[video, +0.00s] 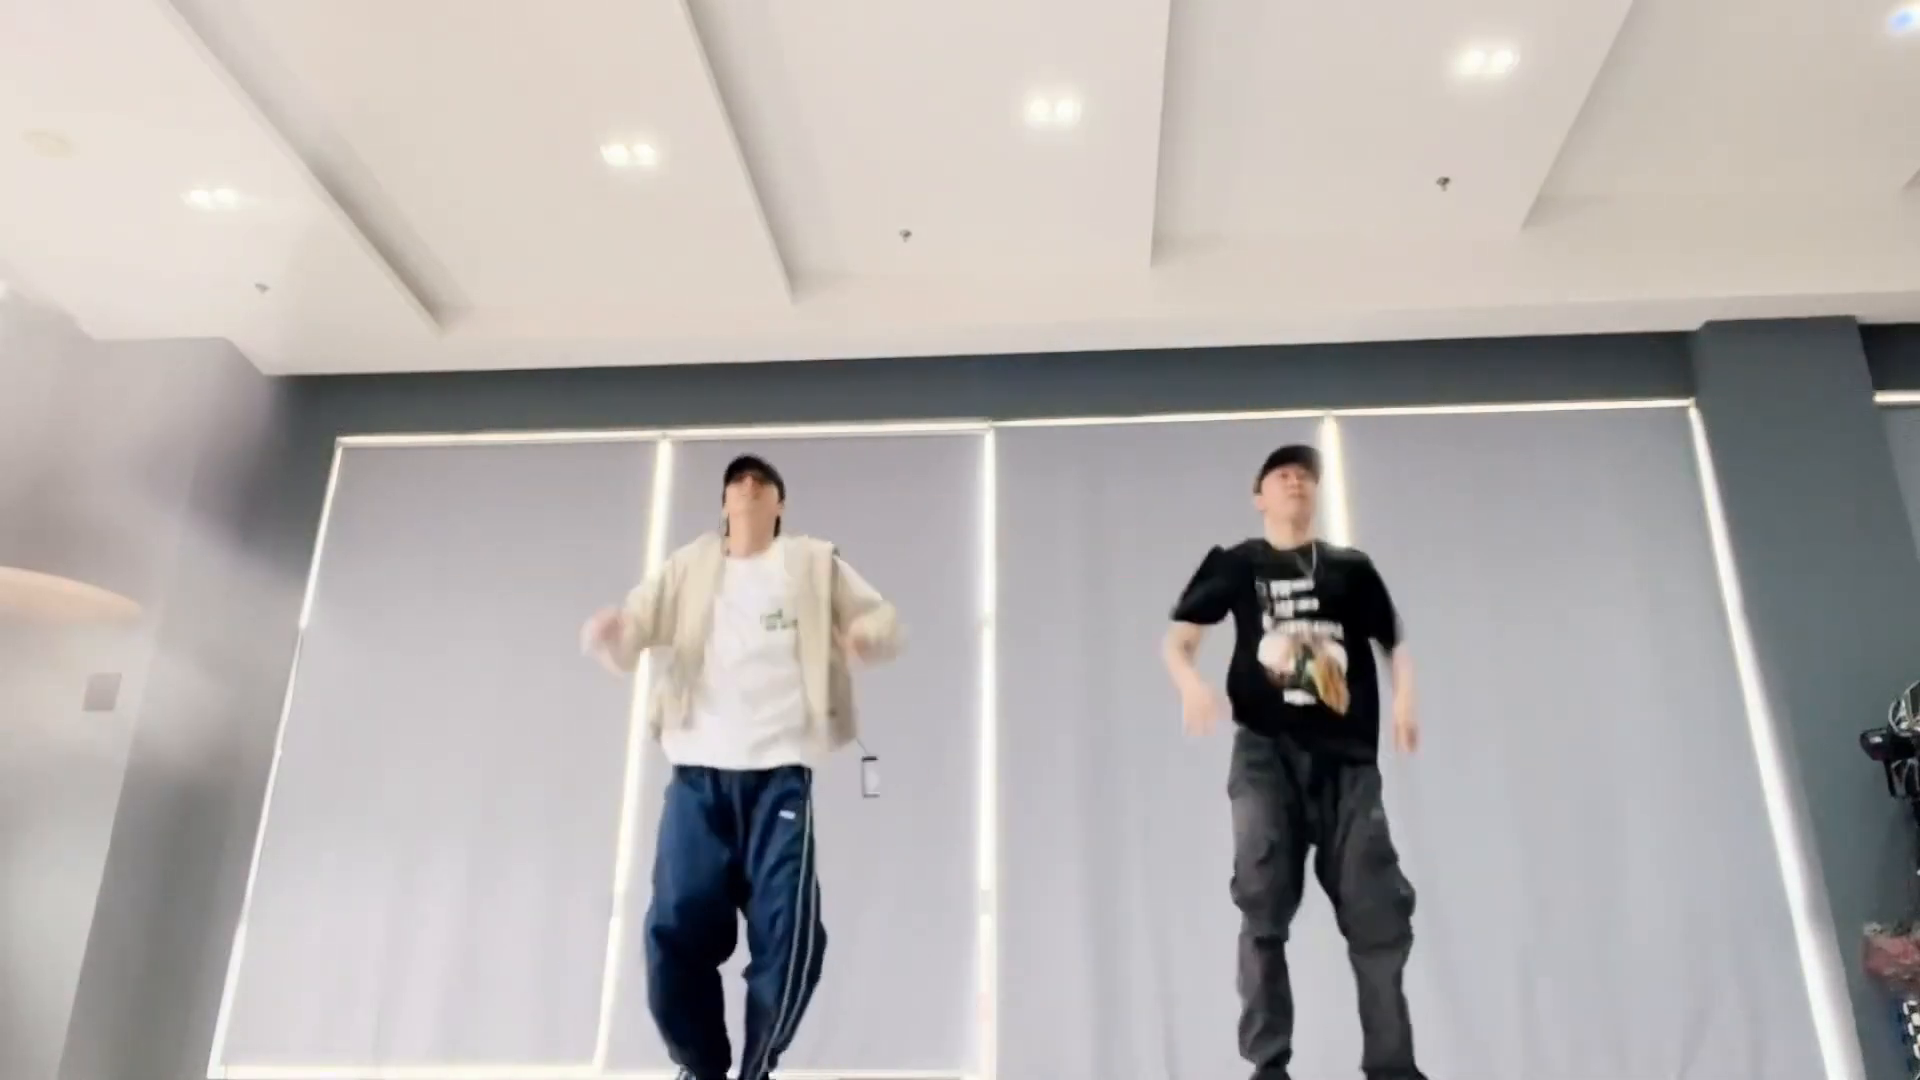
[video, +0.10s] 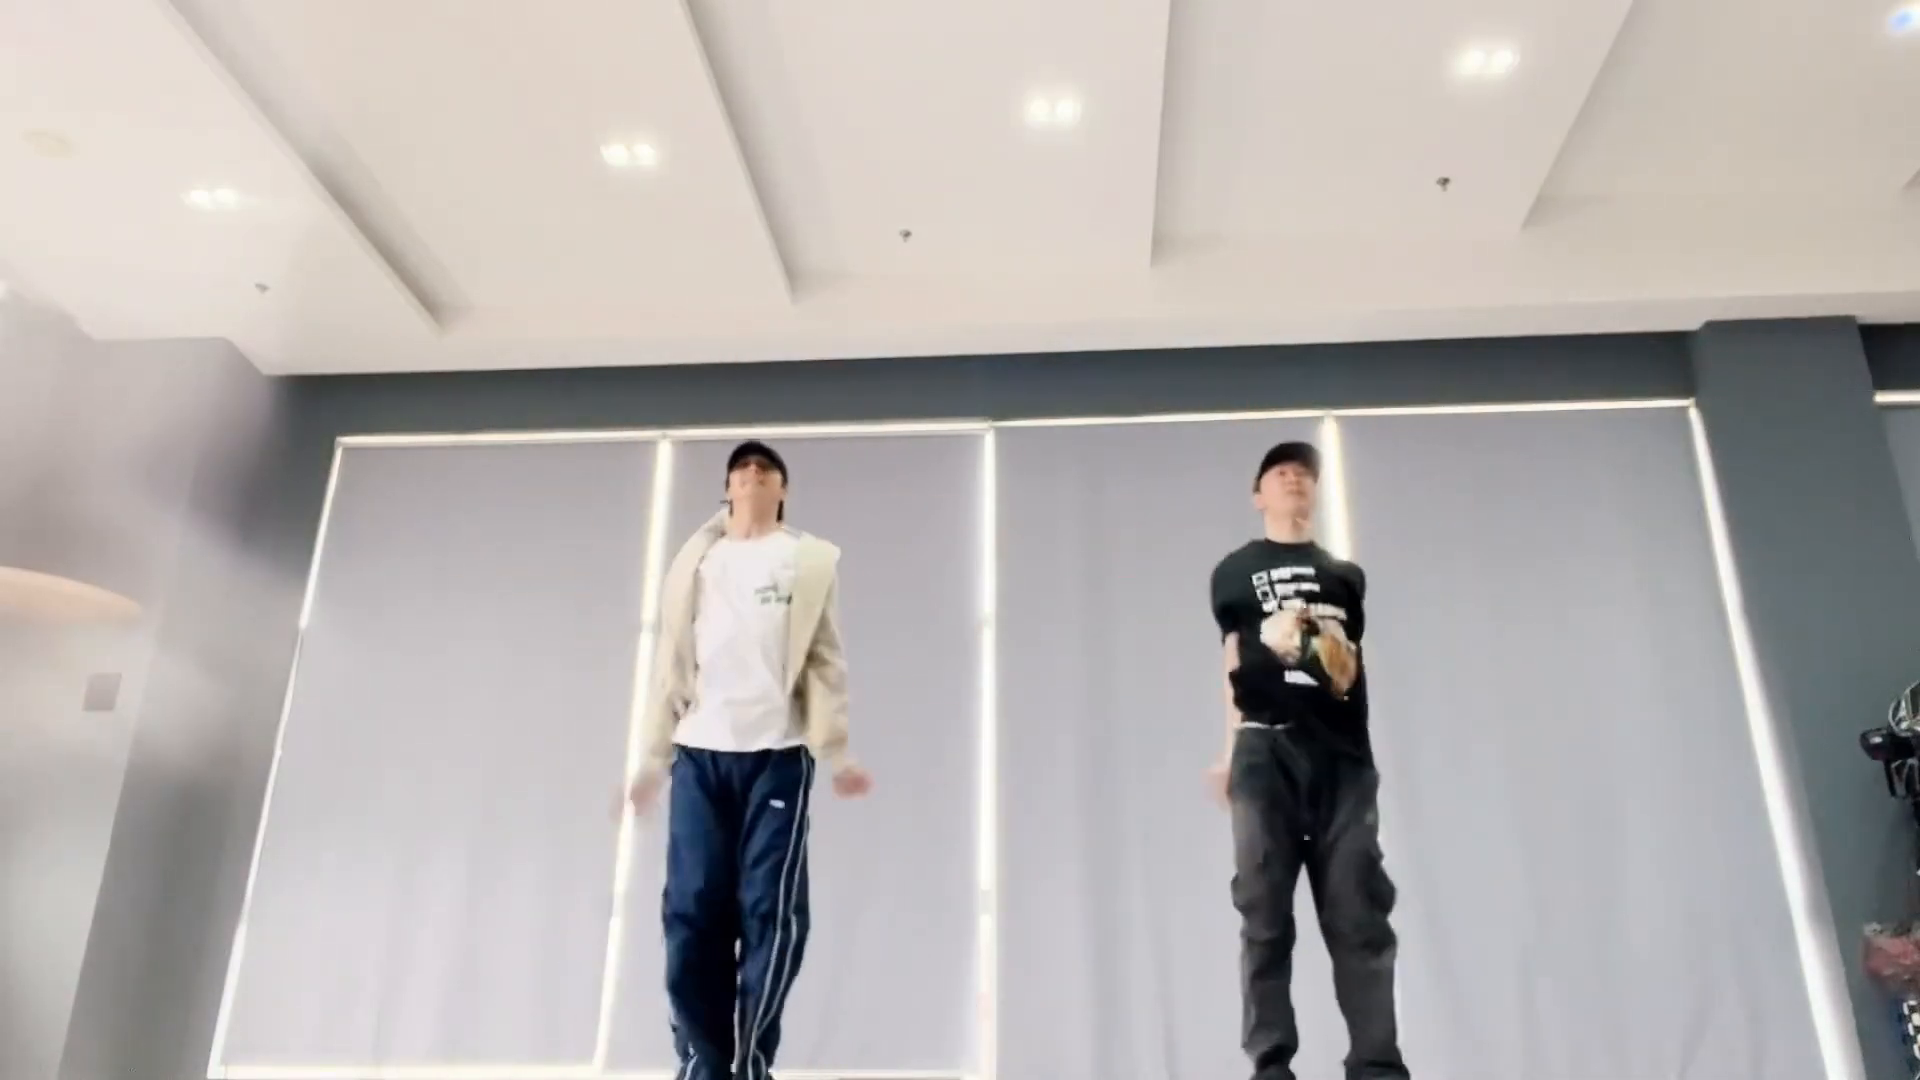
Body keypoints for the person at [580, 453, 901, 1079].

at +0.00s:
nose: (748, 490)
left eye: (761, 483)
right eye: (737, 483)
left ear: (779, 505)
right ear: (722, 504)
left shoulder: (815, 561)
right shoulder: (686, 565)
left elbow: (883, 621)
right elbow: (635, 638)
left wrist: (867, 636)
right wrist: (614, 640)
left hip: (781, 777)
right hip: (697, 777)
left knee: (787, 933)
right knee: (676, 930)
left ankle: (757, 1069)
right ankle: (702, 1067)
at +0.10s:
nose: (754, 477)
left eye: (766, 470)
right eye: (743, 470)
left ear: (783, 491)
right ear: (726, 488)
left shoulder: (810, 558)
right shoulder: (693, 557)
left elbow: (825, 661)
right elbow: (671, 660)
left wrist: (834, 750)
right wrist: (651, 757)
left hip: (775, 755)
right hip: (697, 752)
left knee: (769, 909)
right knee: (692, 908)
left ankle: (751, 1060)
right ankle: (700, 1061)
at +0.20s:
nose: (753, 477)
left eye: (766, 470)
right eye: (743, 470)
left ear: (784, 490)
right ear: (727, 488)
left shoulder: (812, 558)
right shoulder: (692, 554)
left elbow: (816, 665)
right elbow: (666, 663)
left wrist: (838, 724)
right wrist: (630, 742)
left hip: (776, 760)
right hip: (697, 758)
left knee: (769, 918)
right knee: (698, 922)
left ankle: (748, 1067)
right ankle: (698, 1067)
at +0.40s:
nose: (747, 491)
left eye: (760, 485)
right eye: (736, 484)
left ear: (779, 507)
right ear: (720, 506)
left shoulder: (813, 579)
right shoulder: (687, 574)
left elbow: (856, 680)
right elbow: (636, 678)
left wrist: (847, 656)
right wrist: (615, 650)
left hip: (775, 774)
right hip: (693, 772)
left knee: (770, 930)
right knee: (675, 934)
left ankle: (750, 1069)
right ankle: (697, 1070)